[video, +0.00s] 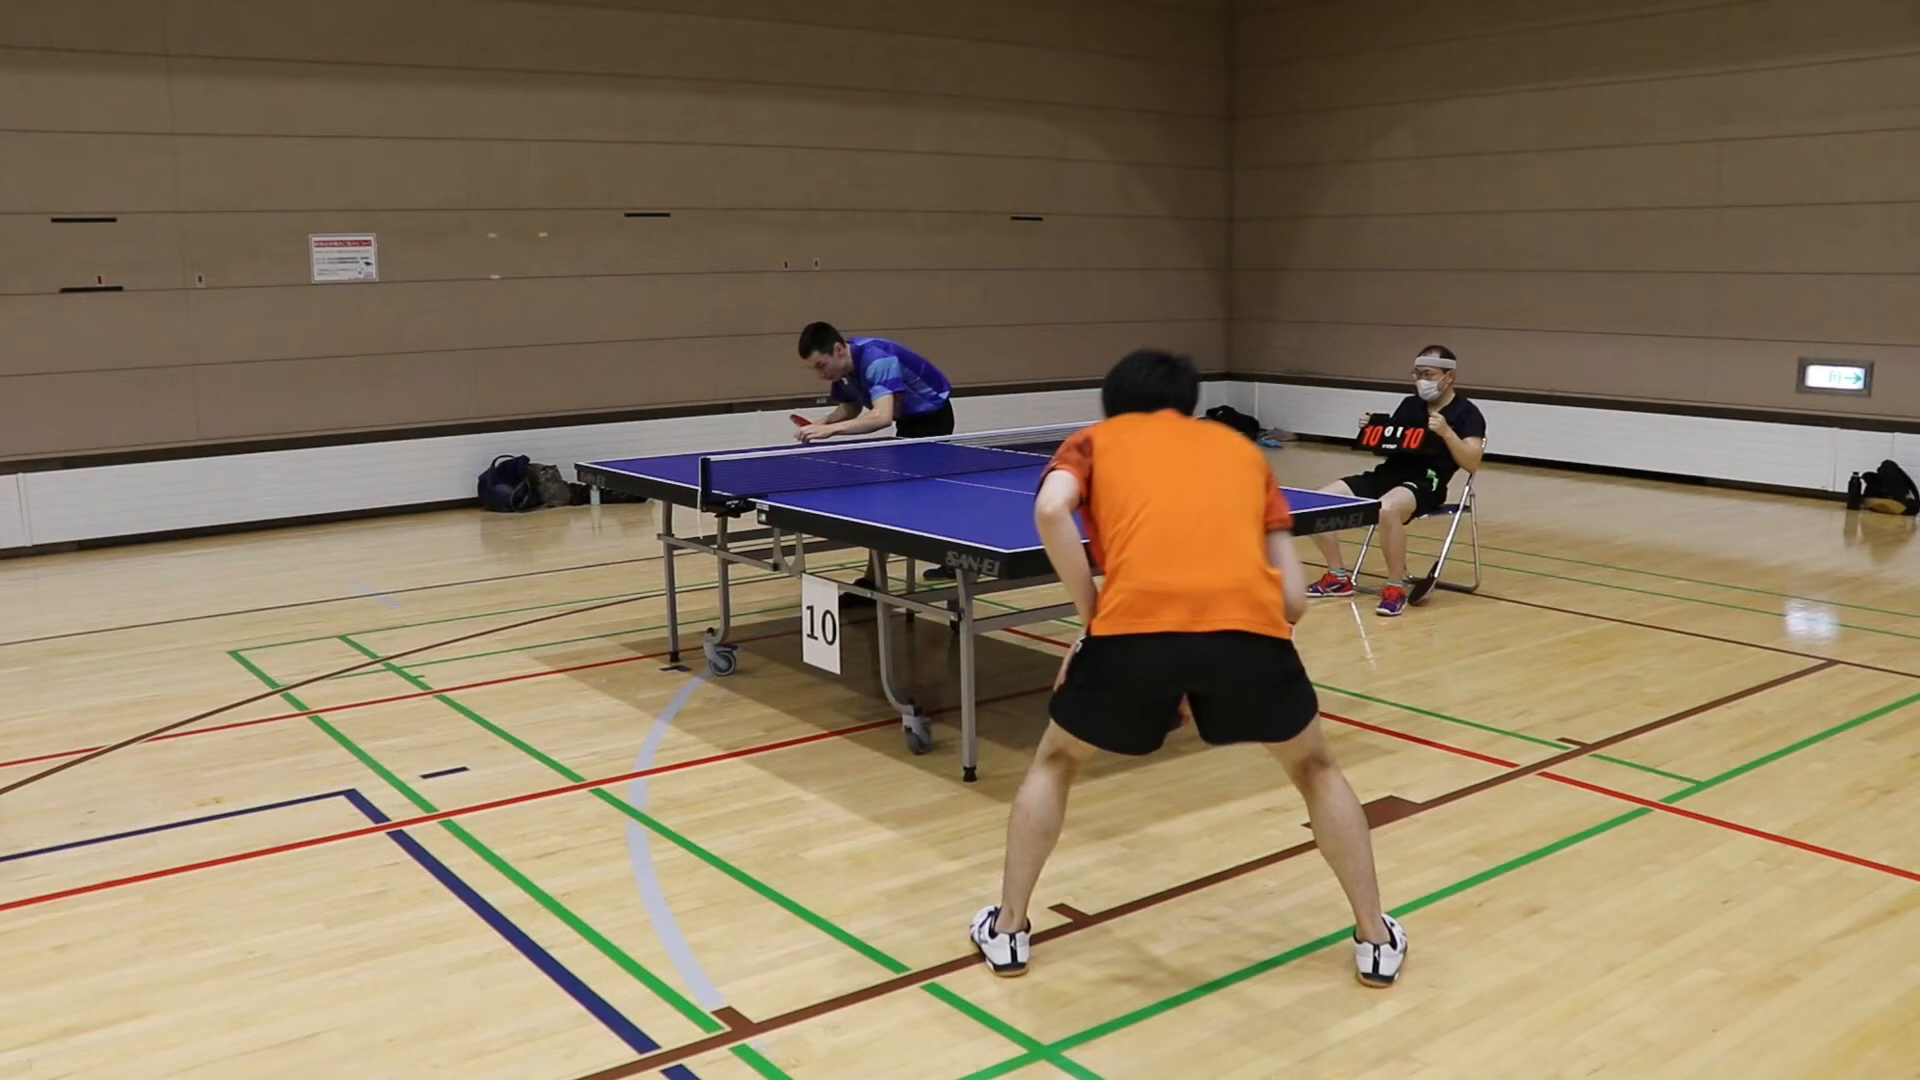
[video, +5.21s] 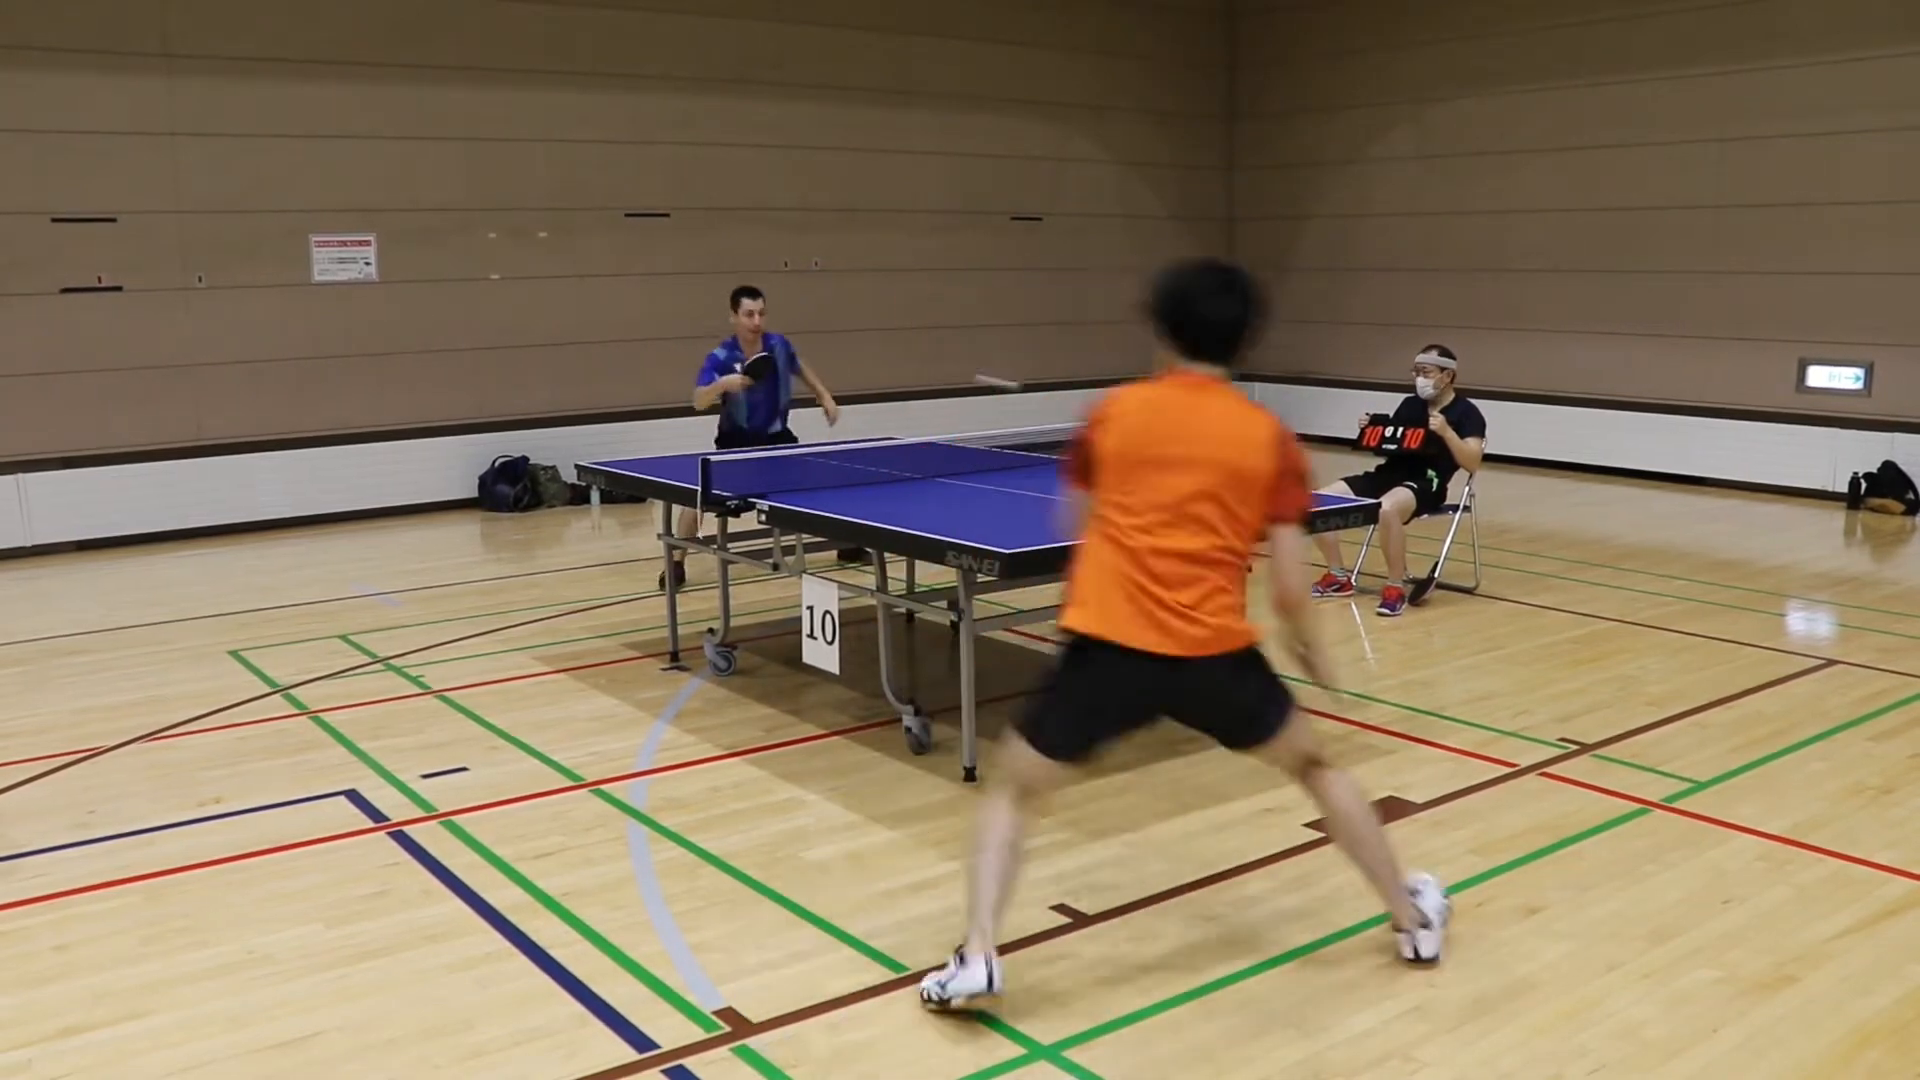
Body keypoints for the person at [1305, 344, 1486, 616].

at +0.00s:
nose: (1421, 381)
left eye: (1429, 375)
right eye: (1418, 374)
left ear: (1449, 378)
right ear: (1414, 375)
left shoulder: (1467, 414)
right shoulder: (1411, 404)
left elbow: (1472, 463)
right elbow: (1392, 437)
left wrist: (1446, 432)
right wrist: (1374, 426)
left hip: (1426, 481)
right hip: (1389, 474)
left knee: (1389, 509)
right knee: (1317, 502)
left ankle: (1395, 588)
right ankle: (1338, 575)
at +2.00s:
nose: (1423, 380)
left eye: (1430, 374)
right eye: (1419, 373)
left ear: (1450, 377)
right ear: (1414, 375)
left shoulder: (1467, 414)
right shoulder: (1411, 405)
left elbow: (1472, 463)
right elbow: (1393, 440)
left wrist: (1446, 433)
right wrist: (1373, 426)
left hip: (1427, 482)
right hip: (1390, 474)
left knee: (1389, 509)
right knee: (1319, 502)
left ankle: (1395, 588)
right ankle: (1337, 576)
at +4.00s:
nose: (1421, 382)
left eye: (1428, 376)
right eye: (1417, 375)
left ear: (1448, 378)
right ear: (1413, 375)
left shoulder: (1467, 414)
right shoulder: (1411, 405)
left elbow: (1472, 464)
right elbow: (1392, 440)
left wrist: (1447, 434)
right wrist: (1372, 427)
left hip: (1427, 482)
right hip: (1391, 474)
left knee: (1388, 510)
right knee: (1320, 502)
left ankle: (1394, 588)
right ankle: (1338, 577)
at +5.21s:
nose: (1419, 378)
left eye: (1427, 373)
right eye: (1417, 372)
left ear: (1448, 378)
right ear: (1413, 373)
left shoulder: (1467, 414)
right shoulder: (1411, 404)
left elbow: (1472, 463)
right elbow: (1393, 439)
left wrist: (1446, 432)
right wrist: (1372, 427)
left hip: (1427, 482)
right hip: (1390, 473)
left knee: (1389, 509)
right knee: (1318, 502)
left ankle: (1395, 588)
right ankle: (1338, 575)